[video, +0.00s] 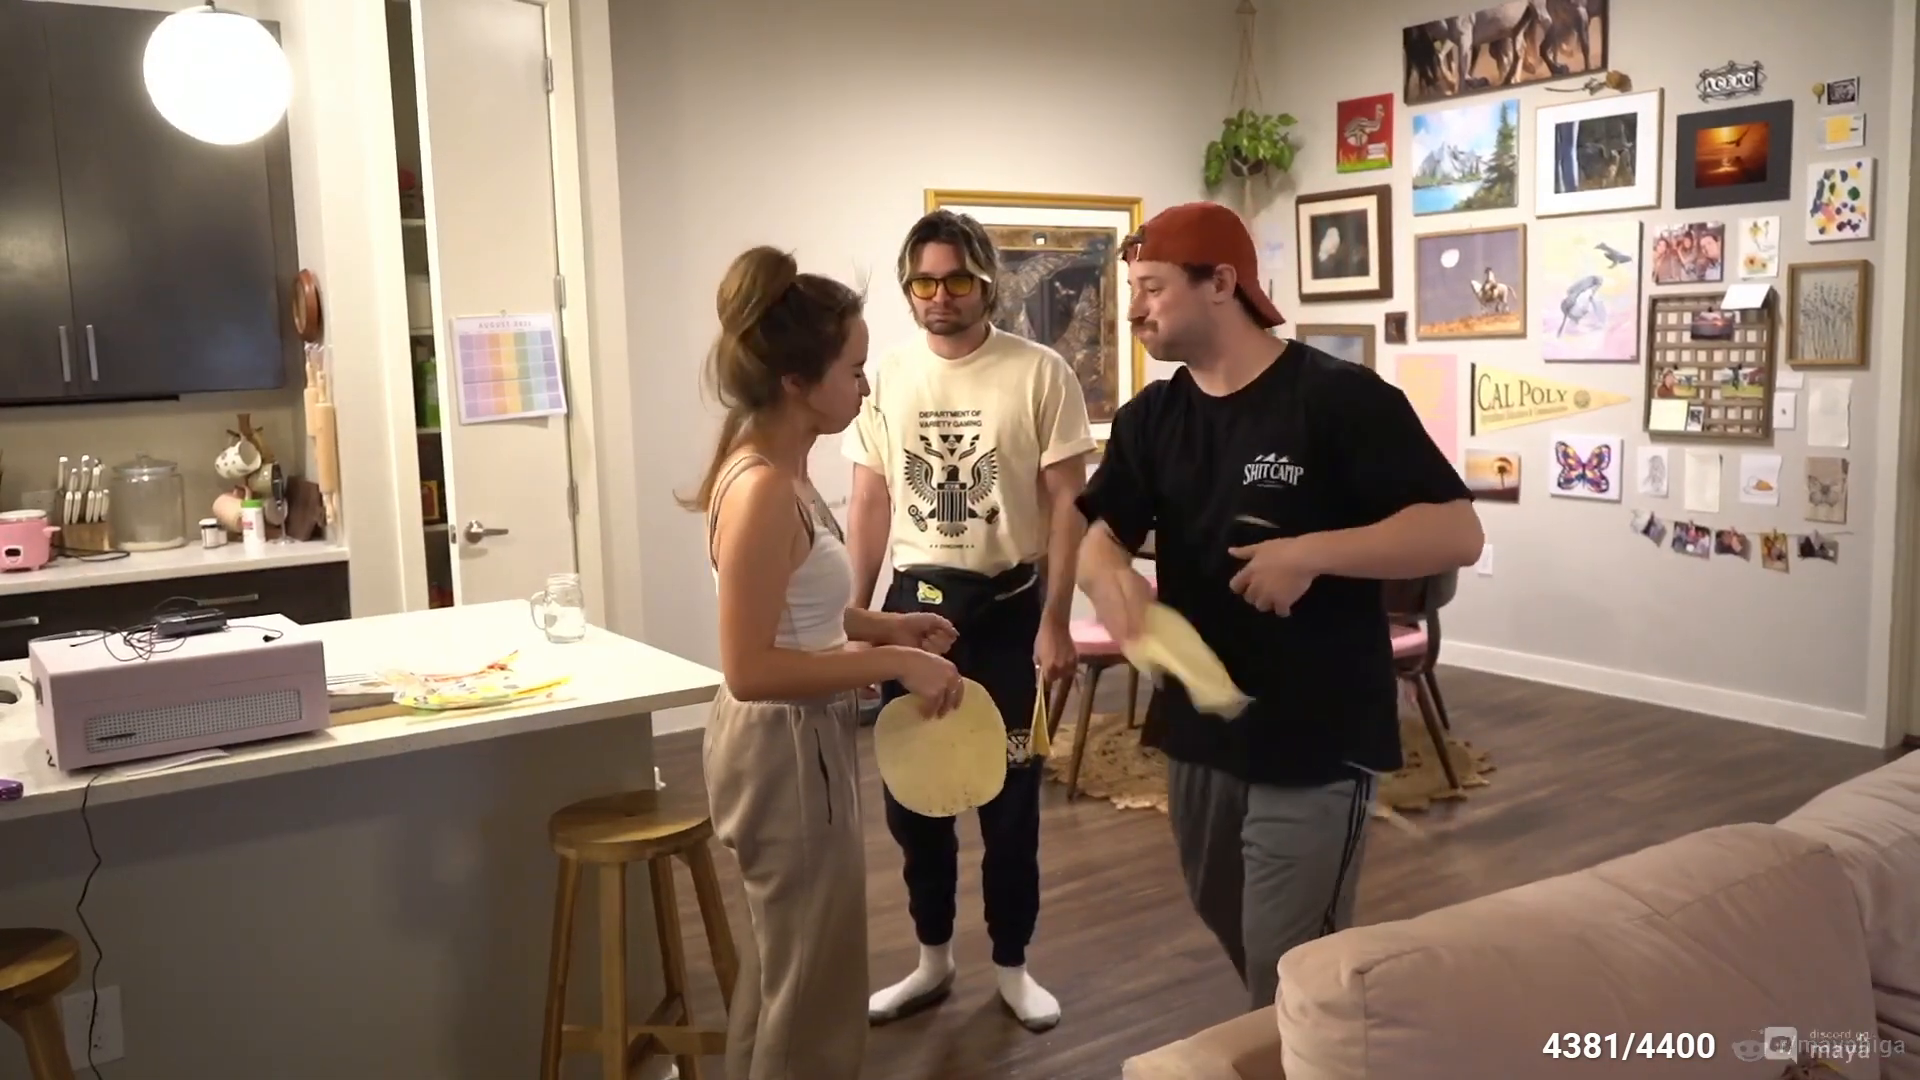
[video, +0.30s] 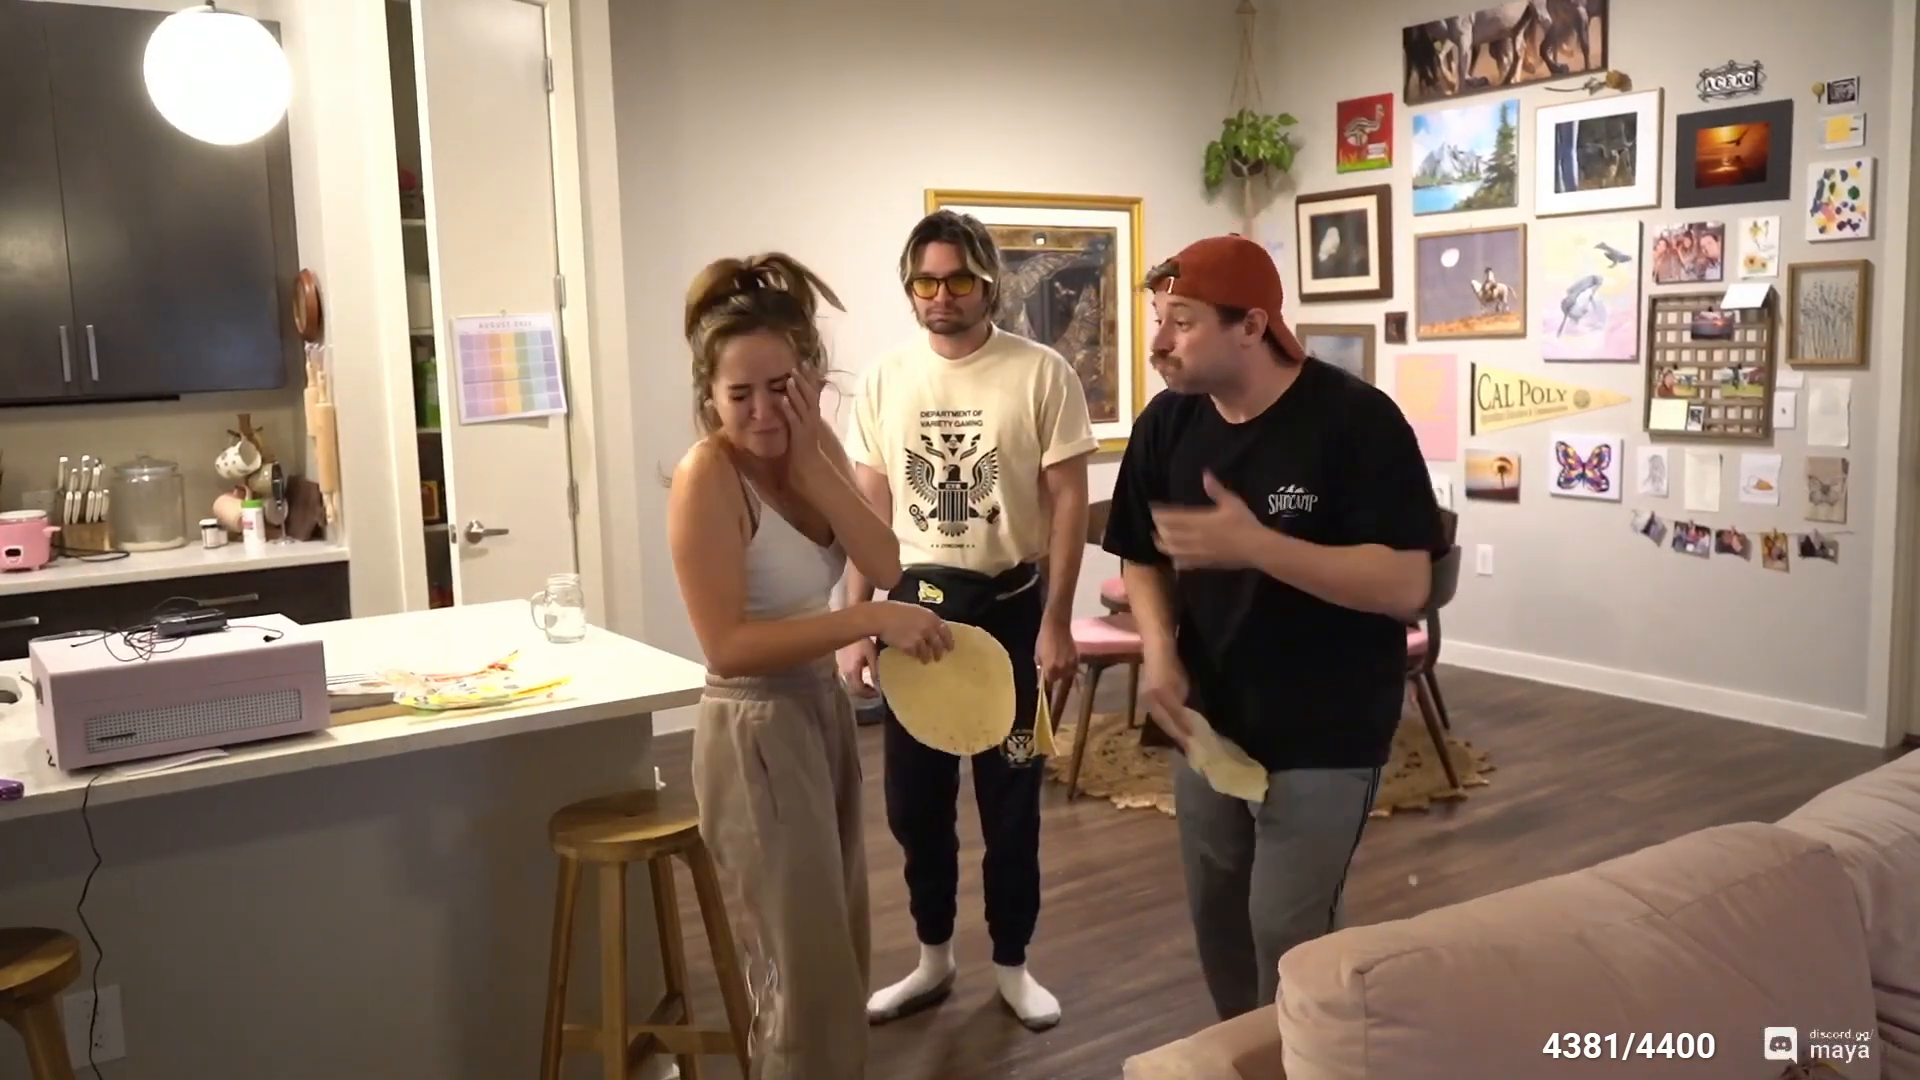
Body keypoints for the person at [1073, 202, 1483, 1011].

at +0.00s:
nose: (1138, 309)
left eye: (1154, 288)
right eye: (1136, 291)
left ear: (1221, 285)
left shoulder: (1343, 400)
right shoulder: (1152, 417)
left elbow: (1458, 530)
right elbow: (1098, 535)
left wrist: (1310, 552)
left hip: (1315, 741)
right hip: (1196, 733)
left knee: (1282, 969)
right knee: (1236, 931)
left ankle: (1319, 1067)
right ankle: (1304, 1042)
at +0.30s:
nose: (1160, 339)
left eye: (1181, 321)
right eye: (1160, 318)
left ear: (1250, 328)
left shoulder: (1360, 421)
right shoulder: (1167, 423)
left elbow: (1410, 582)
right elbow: (1141, 552)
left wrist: (1255, 546)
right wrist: (1159, 653)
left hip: (1324, 734)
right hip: (1208, 724)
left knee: (1285, 934)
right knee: (1218, 925)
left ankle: (1308, 1065)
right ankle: (1247, 1062)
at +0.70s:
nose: (1122, 385)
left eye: (1145, 368)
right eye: (1126, 366)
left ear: (1213, 379)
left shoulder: (1290, 465)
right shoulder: (1142, 467)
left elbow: (1198, 576)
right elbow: (1003, 529)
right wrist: (870, 494)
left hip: (1338, 748)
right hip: (1267, 756)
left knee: (1261, 951)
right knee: (1376, 940)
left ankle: (1327, 1067)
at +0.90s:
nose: (981, 396)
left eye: (1001, 378)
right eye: (985, 375)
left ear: (1072, 393)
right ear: (1060, 393)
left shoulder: (1148, 496)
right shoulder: (1036, 466)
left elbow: (981, 639)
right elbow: (868, 525)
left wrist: (781, 619)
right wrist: (734, 539)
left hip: (1294, 778)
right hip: (1192, 761)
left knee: (1261, 1028)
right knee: (1126, 920)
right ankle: (1256, 1045)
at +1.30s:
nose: (631, 528)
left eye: (631, 507)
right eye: (630, 505)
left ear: (666, 524)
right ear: (757, 474)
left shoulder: (740, 687)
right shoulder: (836, 548)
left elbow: (668, 922)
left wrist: (486, 926)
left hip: (959, 953)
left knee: (779, 1068)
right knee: (757, 1023)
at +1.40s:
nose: (561, 536)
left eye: (558, 520)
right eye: (561, 517)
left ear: (581, 538)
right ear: (693, 477)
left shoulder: (674, 687)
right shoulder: (779, 557)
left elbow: (588, 909)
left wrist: (446, 824)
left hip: (909, 955)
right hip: (1008, 895)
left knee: (718, 1068)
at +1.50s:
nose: (535, 541)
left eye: (533, 526)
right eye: (530, 525)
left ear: (553, 542)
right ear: (657, 485)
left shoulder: (624, 690)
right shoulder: (757, 559)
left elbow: (600, 904)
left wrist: (521, 807)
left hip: (872, 966)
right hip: (986, 894)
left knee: (658, 1065)